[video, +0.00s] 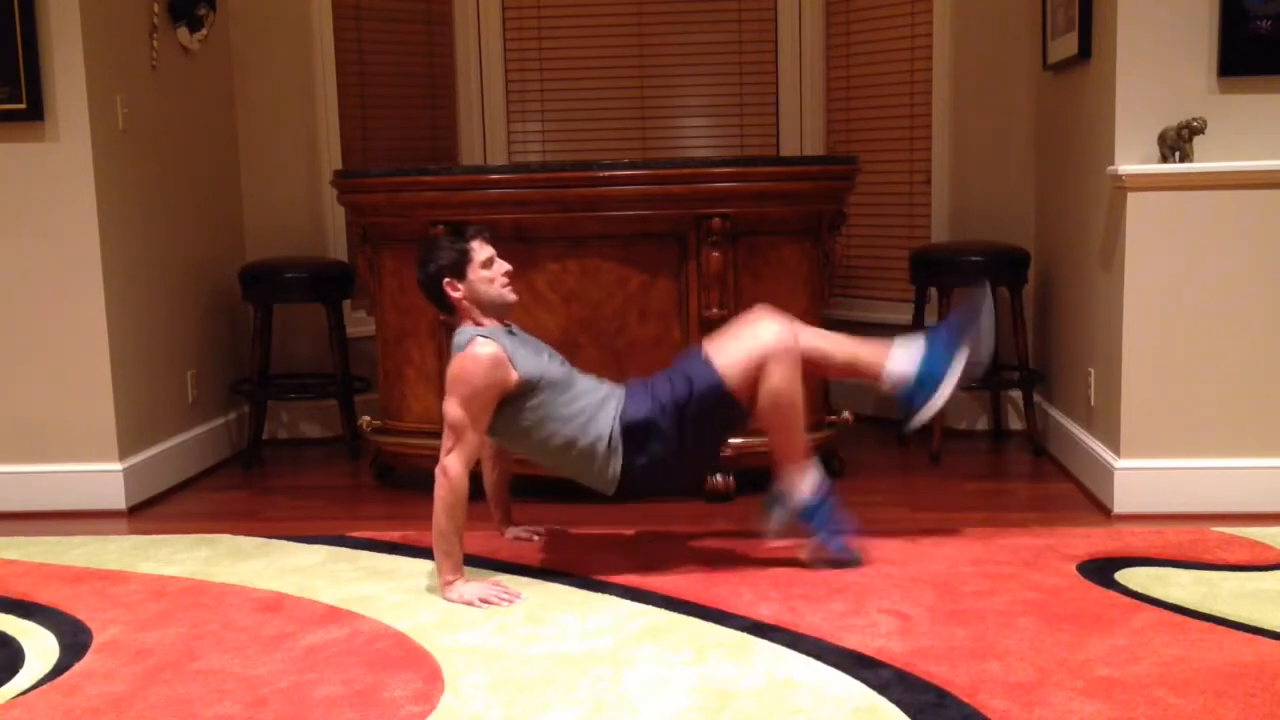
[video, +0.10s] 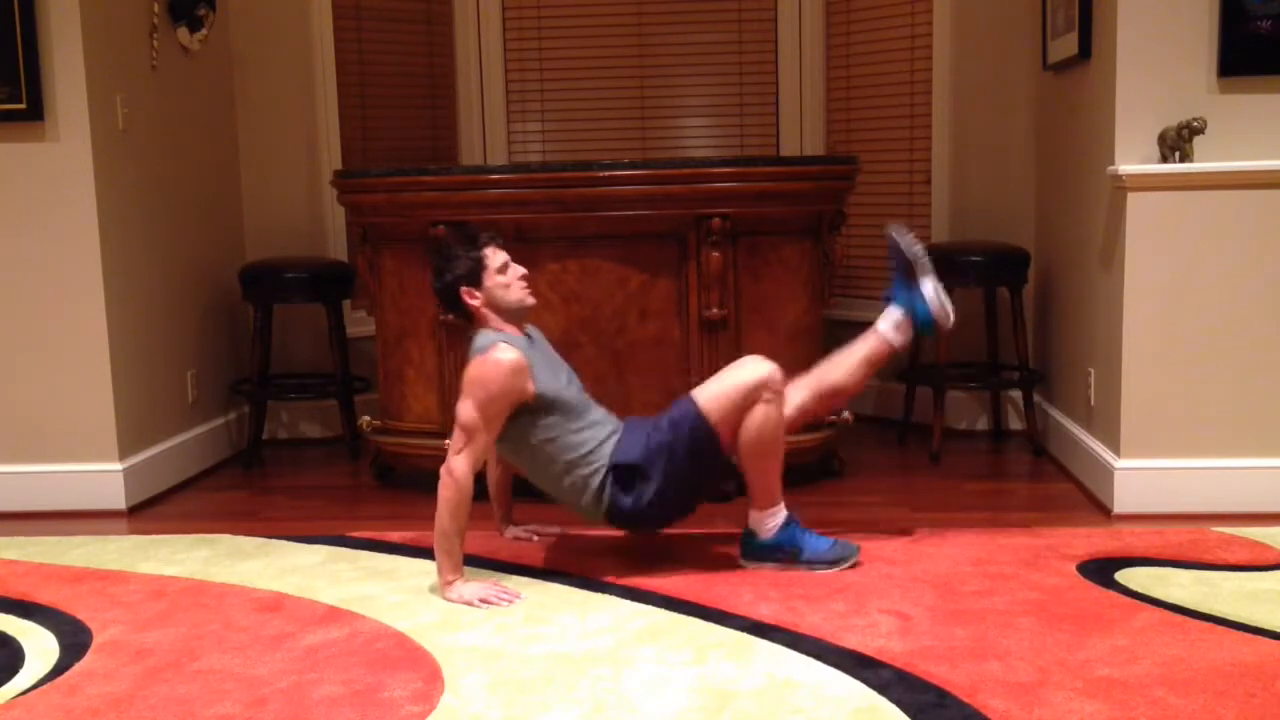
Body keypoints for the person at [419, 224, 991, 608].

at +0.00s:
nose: (506, 270)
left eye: (500, 261)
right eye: (490, 266)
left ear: (476, 285)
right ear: (456, 291)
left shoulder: (498, 339)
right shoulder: (476, 357)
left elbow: (489, 440)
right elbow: (450, 466)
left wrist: (498, 521)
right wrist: (449, 576)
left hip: (635, 413)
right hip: (630, 445)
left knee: (769, 321)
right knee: (770, 344)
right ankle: (798, 496)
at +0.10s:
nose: (520, 274)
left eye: (513, 265)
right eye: (504, 271)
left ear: (496, 290)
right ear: (474, 298)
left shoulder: (519, 340)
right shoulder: (494, 362)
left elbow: (498, 438)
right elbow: (456, 464)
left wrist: (500, 520)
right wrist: (447, 577)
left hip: (638, 459)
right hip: (628, 481)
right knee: (760, 377)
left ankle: (903, 318)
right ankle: (770, 529)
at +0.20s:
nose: (521, 274)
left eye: (515, 266)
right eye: (505, 272)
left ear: (500, 287)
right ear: (475, 299)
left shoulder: (519, 339)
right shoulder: (494, 363)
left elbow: (496, 440)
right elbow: (456, 464)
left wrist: (501, 521)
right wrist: (448, 578)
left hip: (634, 459)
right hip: (625, 485)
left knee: (782, 384)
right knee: (760, 376)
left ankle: (925, 353)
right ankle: (770, 531)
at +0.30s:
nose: (510, 270)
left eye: (504, 261)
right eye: (494, 266)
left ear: (482, 284)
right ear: (459, 292)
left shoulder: (504, 337)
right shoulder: (480, 359)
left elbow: (491, 438)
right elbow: (451, 466)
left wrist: (499, 519)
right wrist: (449, 577)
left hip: (647, 419)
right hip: (643, 454)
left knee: (771, 326)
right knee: (800, 375)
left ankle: (904, 407)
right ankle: (777, 528)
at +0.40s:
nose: (496, 268)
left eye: (490, 258)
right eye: (480, 263)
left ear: (463, 285)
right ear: (448, 290)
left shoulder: (489, 333)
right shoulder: (470, 356)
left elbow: (490, 436)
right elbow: (451, 464)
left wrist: (501, 520)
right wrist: (449, 576)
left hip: (641, 386)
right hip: (644, 417)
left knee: (775, 297)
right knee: (793, 319)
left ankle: (788, 449)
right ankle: (845, 474)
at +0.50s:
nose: (500, 269)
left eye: (493, 260)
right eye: (484, 266)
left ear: (473, 283)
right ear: (451, 292)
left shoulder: (497, 341)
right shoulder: (469, 359)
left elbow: (488, 442)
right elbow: (448, 465)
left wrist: (498, 520)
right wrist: (447, 576)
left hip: (639, 408)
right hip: (633, 424)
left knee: (788, 350)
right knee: (776, 319)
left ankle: (757, 475)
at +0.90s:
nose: (495, 269)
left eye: (490, 259)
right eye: (478, 264)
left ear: (470, 281)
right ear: (444, 288)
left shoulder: (489, 338)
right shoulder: (466, 357)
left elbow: (492, 439)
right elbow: (446, 465)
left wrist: (499, 519)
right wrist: (450, 578)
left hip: (632, 429)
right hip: (630, 446)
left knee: (762, 331)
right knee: (754, 308)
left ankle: (809, 449)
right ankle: (873, 415)